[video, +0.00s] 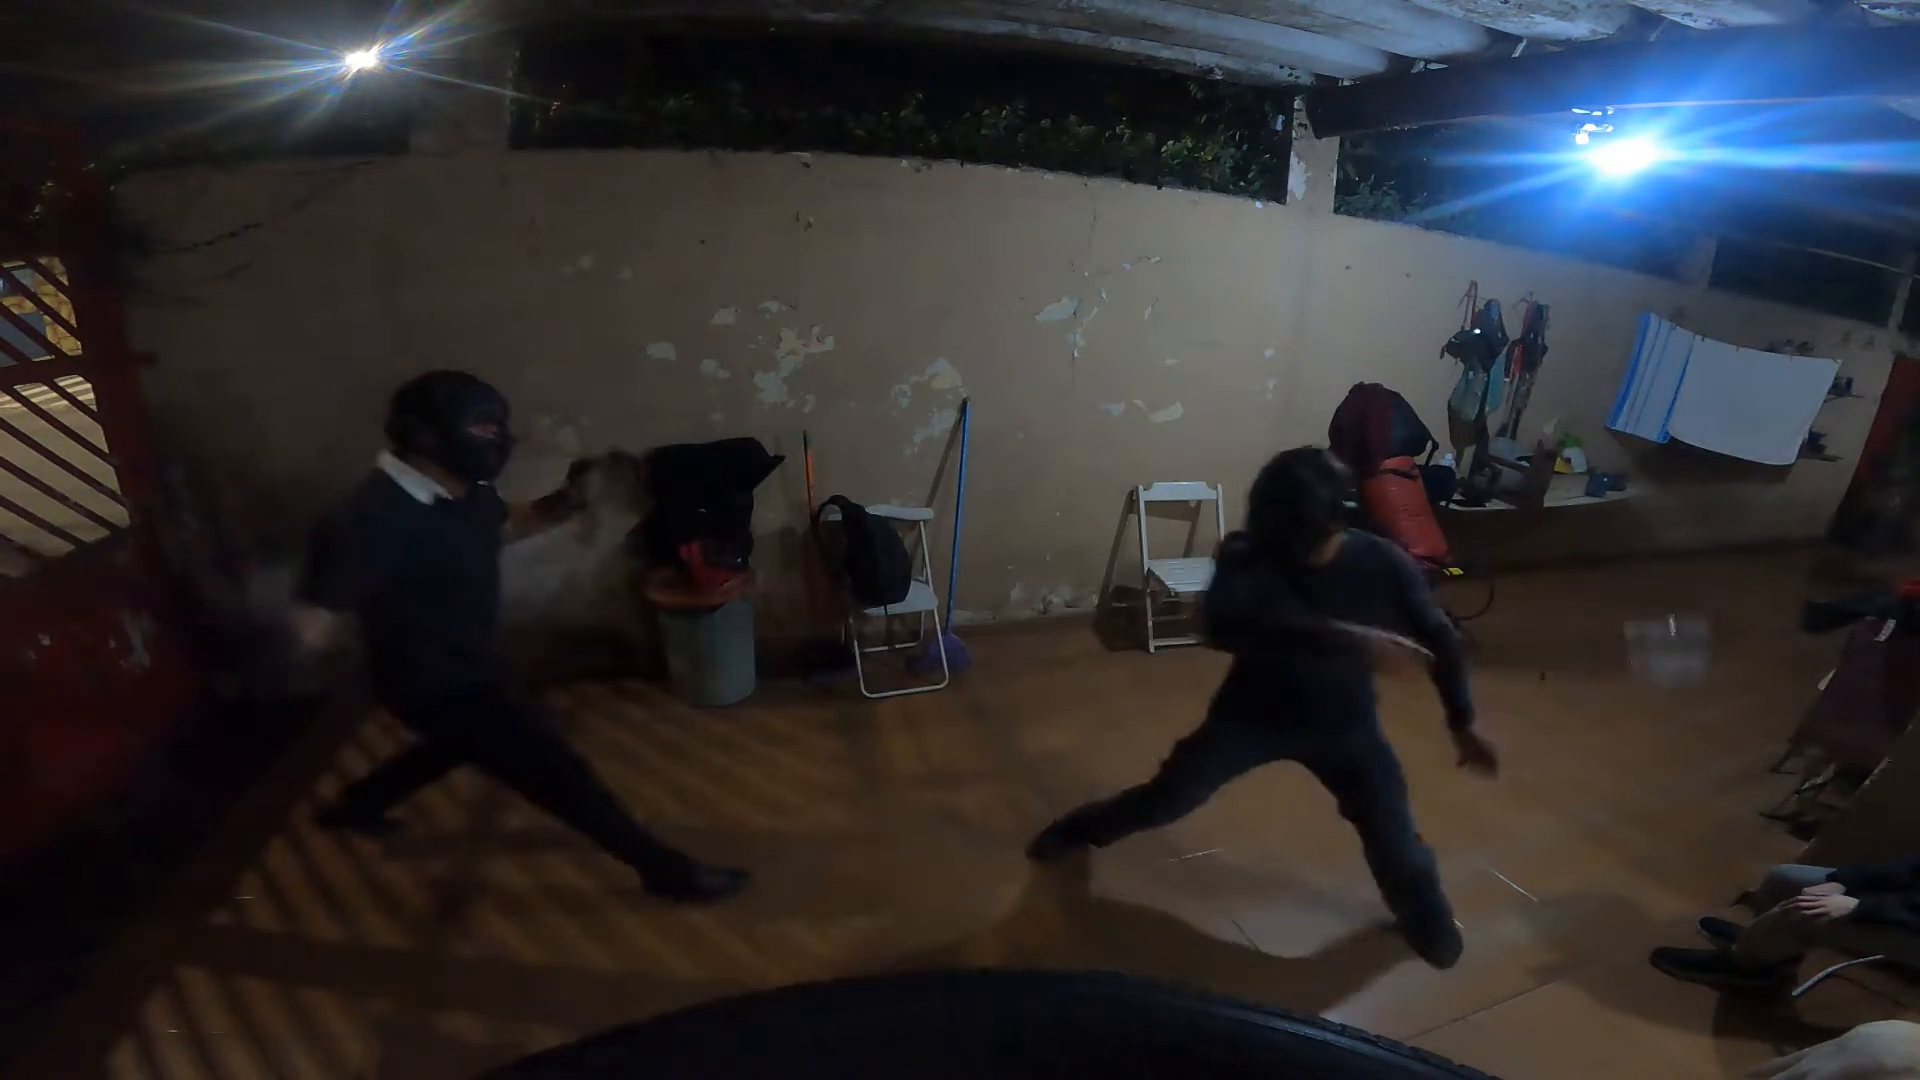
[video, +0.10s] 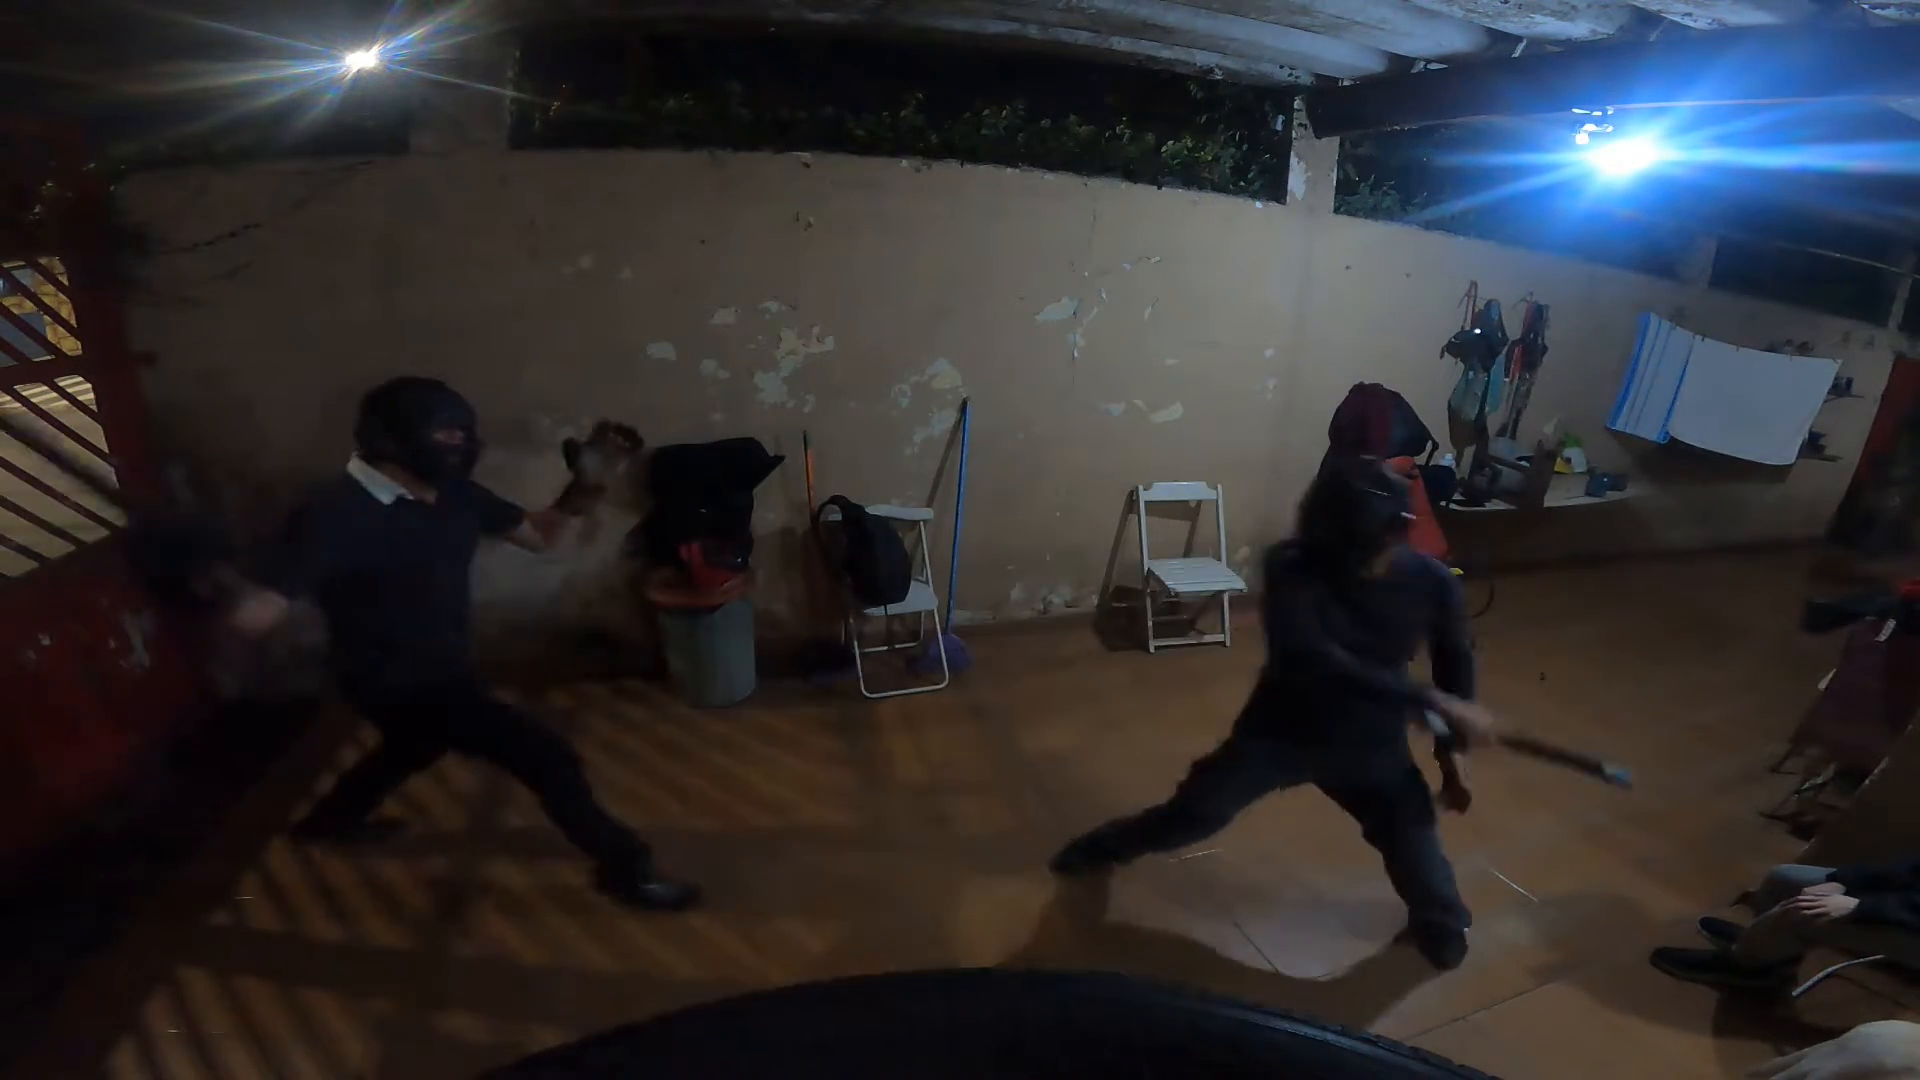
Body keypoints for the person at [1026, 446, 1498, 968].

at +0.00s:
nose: (1315, 552)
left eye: (1325, 539)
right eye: (1303, 540)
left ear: (1340, 522)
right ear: (1276, 527)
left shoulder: (1378, 564)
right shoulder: (1247, 558)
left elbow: (1439, 637)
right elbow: (1222, 625)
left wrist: (1462, 725)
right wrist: (1343, 638)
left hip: (1343, 726)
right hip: (1252, 718)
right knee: (1165, 803)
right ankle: (1075, 831)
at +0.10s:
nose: (1385, 552)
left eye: (1391, 537)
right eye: (1373, 540)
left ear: (1399, 530)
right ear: (1337, 532)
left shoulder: (1428, 583)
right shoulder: (1293, 569)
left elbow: (1454, 671)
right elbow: (1312, 660)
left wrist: (1453, 757)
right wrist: (1423, 699)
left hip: (1371, 745)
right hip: (1281, 734)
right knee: (1192, 818)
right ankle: (1100, 850)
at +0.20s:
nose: (1441, 589)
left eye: (1452, 574)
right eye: (1429, 570)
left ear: (1466, 568)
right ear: (1401, 558)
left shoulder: (1483, 623)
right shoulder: (1343, 593)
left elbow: (1478, 705)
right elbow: (1337, 715)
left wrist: (1459, 792)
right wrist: (1446, 789)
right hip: (1301, 757)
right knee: (1205, 849)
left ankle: (1438, 935)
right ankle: (1106, 895)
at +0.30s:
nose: (1465, 610)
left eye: (1476, 597)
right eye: (1455, 593)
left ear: (1491, 597)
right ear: (1422, 584)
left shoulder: (1507, 646)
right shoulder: (1360, 610)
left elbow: (1503, 724)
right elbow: (1312, 729)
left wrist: (1484, 812)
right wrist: (1419, 817)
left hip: (1399, 797)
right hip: (1301, 770)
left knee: (1449, 939)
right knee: (1196, 871)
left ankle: (1433, 936)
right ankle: (1087, 940)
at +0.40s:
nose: (1425, 624)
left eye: (1439, 610)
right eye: (1415, 606)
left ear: (1461, 599)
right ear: (1385, 588)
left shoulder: (1490, 658)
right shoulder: (1325, 616)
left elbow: (1503, 751)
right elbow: (1237, 720)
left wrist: (1495, 850)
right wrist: (1348, 808)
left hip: (1384, 807)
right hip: (1280, 781)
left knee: (1440, 937)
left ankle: (1438, 937)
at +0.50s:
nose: (1329, 647)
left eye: (1340, 632)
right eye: (1316, 635)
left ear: (1358, 620)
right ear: (1283, 623)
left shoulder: (1409, 668)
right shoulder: (1238, 641)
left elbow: (1477, 754)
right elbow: (1107, 663)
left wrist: (1499, 858)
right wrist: (1093, 719)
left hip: (1357, 837)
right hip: (1249, 819)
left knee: (1398, 930)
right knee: (1149, 918)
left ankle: (1435, 931)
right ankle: (1055, 1006)